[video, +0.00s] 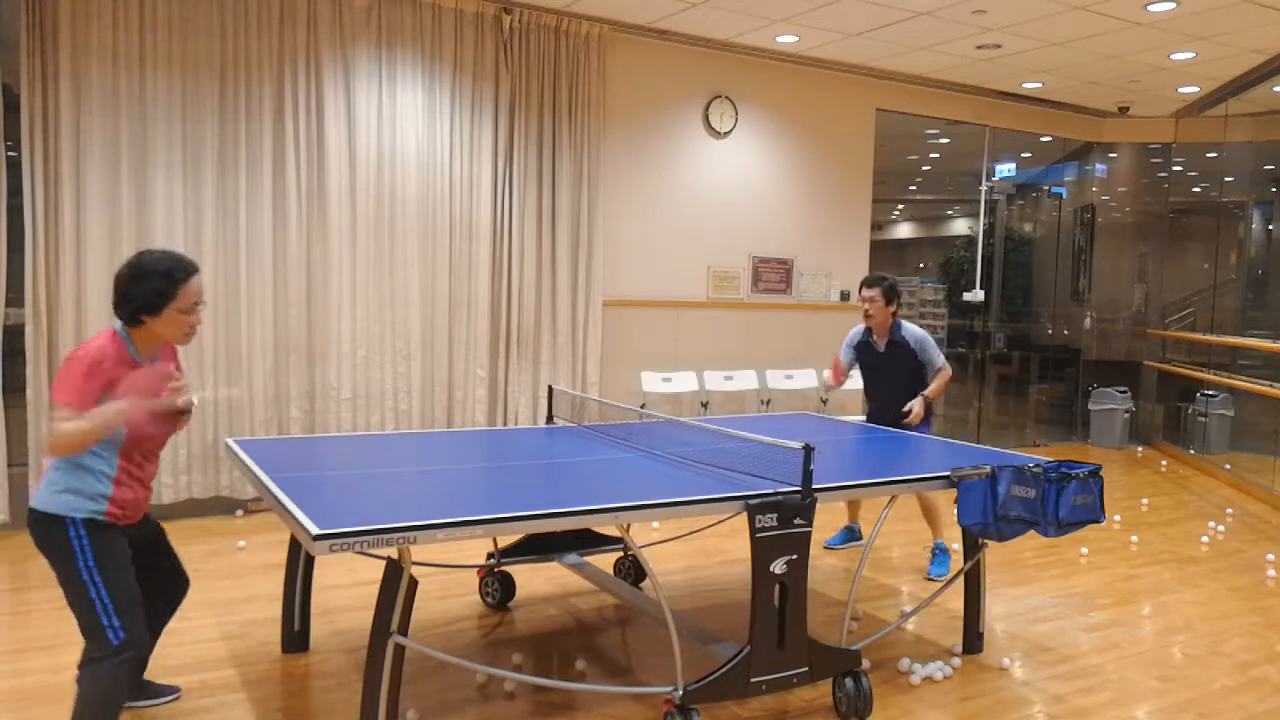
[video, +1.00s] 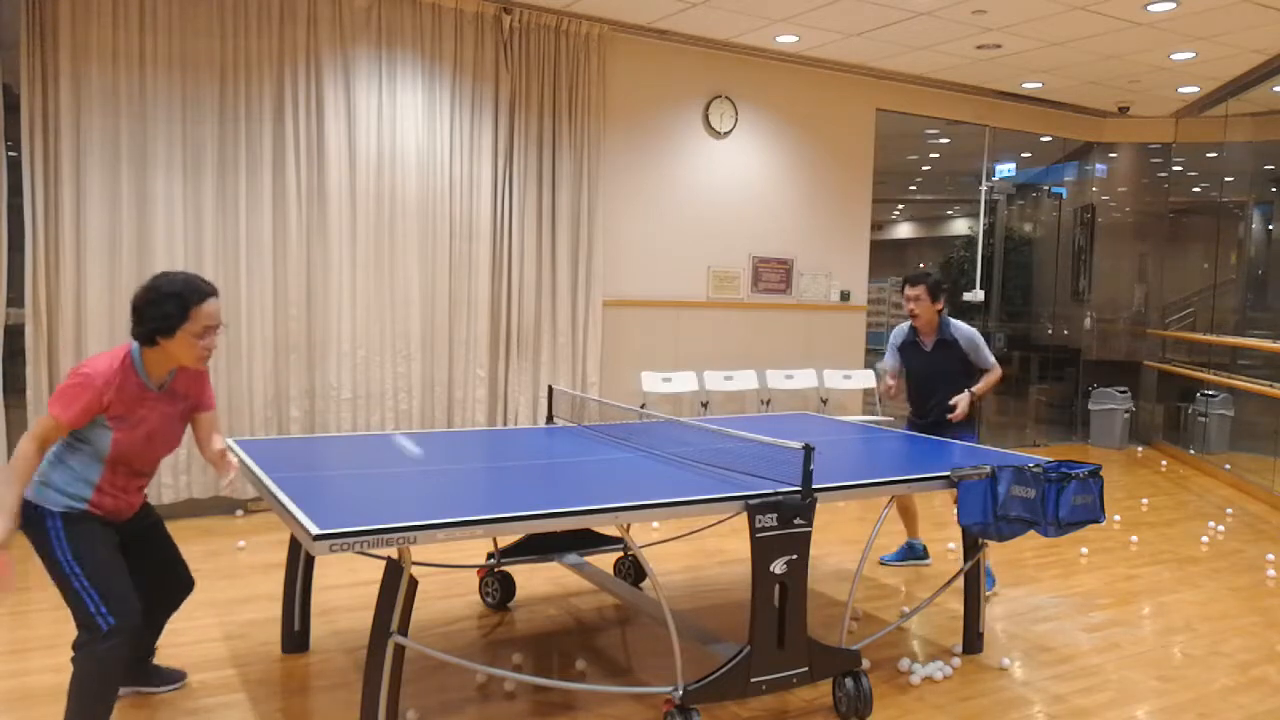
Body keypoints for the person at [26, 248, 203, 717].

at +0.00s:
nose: (199, 318)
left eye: (199, 307)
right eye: (190, 309)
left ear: (153, 314)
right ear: (149, 312)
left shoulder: (165, 356)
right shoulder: (95, 358)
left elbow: (160, 432)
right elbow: (58, 440)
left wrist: (178, 408)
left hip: (123, 509)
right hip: (72, 512)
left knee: (167, 585)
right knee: (120, 643)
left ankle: (123, 681)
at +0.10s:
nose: (195, 300)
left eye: (195, 289)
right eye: (187, 291)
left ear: (156, 296)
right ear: (147, 295)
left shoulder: (151, 339)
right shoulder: (112, 338)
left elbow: (143, 412)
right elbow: (116, 422)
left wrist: (176, 388)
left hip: (120, 499)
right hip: (78, 501)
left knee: (164, 579)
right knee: (118, 631)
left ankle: (123, 683)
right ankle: (81, 711)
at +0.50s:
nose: (194, 284)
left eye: (192, 273)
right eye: (185, 275)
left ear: (156, 284)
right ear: (149, 283)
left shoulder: (152, 330)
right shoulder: (108, 334)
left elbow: (132, 407)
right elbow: (84, 426)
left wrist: (179, 391)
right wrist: (172, 442)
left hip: (116, 494)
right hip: (73, 496)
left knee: (150, 582)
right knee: (117, 628)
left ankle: (122, 681)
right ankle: (87, 711)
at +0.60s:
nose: (199, 294)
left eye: (198, 283)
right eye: (189, 286)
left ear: (157, 295)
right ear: (151, 295)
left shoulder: (164, 337)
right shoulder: (101, 348)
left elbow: (144, 403)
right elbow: (62, 433)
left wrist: (181, 402)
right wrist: (140, 476)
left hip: (115, 496)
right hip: (63, 499)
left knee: (152, 581)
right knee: (113, 625)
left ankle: (122, 679)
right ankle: (85, 711)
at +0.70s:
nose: (206, 314)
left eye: (204, 303)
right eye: (196, 306)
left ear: (167, 316)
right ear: (156, 314)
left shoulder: (176, 353)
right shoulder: (100, 363)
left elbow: (184, 402)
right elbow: (49, 445)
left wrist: (196, 420)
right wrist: (109, 508)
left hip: (111, 498)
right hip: (53, 503)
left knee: (154, 576)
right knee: (108, 626)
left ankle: (122, 680)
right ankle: (84, 712)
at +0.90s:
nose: (213, 343)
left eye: (214, 332)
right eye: (204, 335)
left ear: (175, 337)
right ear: (161, 336)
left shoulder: (188, 374)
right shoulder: (97, 380)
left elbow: (204, 430)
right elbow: (32, 450)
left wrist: (213, 453)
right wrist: (34, 533)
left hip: (119, 506)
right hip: (63, 512)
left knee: (164, 584)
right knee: (111, 626)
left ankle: (124, 677)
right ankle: (86, 711)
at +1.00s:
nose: (214, 343)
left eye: (216, 331)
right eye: (205, 334)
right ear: (162, 334)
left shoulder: (193, 374)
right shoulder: (101, 377)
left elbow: (208, 432)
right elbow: (35, 441)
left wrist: (222, 456)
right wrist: (7, 518)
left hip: (123, 505)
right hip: (62, 508)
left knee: (170, 583)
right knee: (113, 627)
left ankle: (132, 667)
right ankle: (85, 714)